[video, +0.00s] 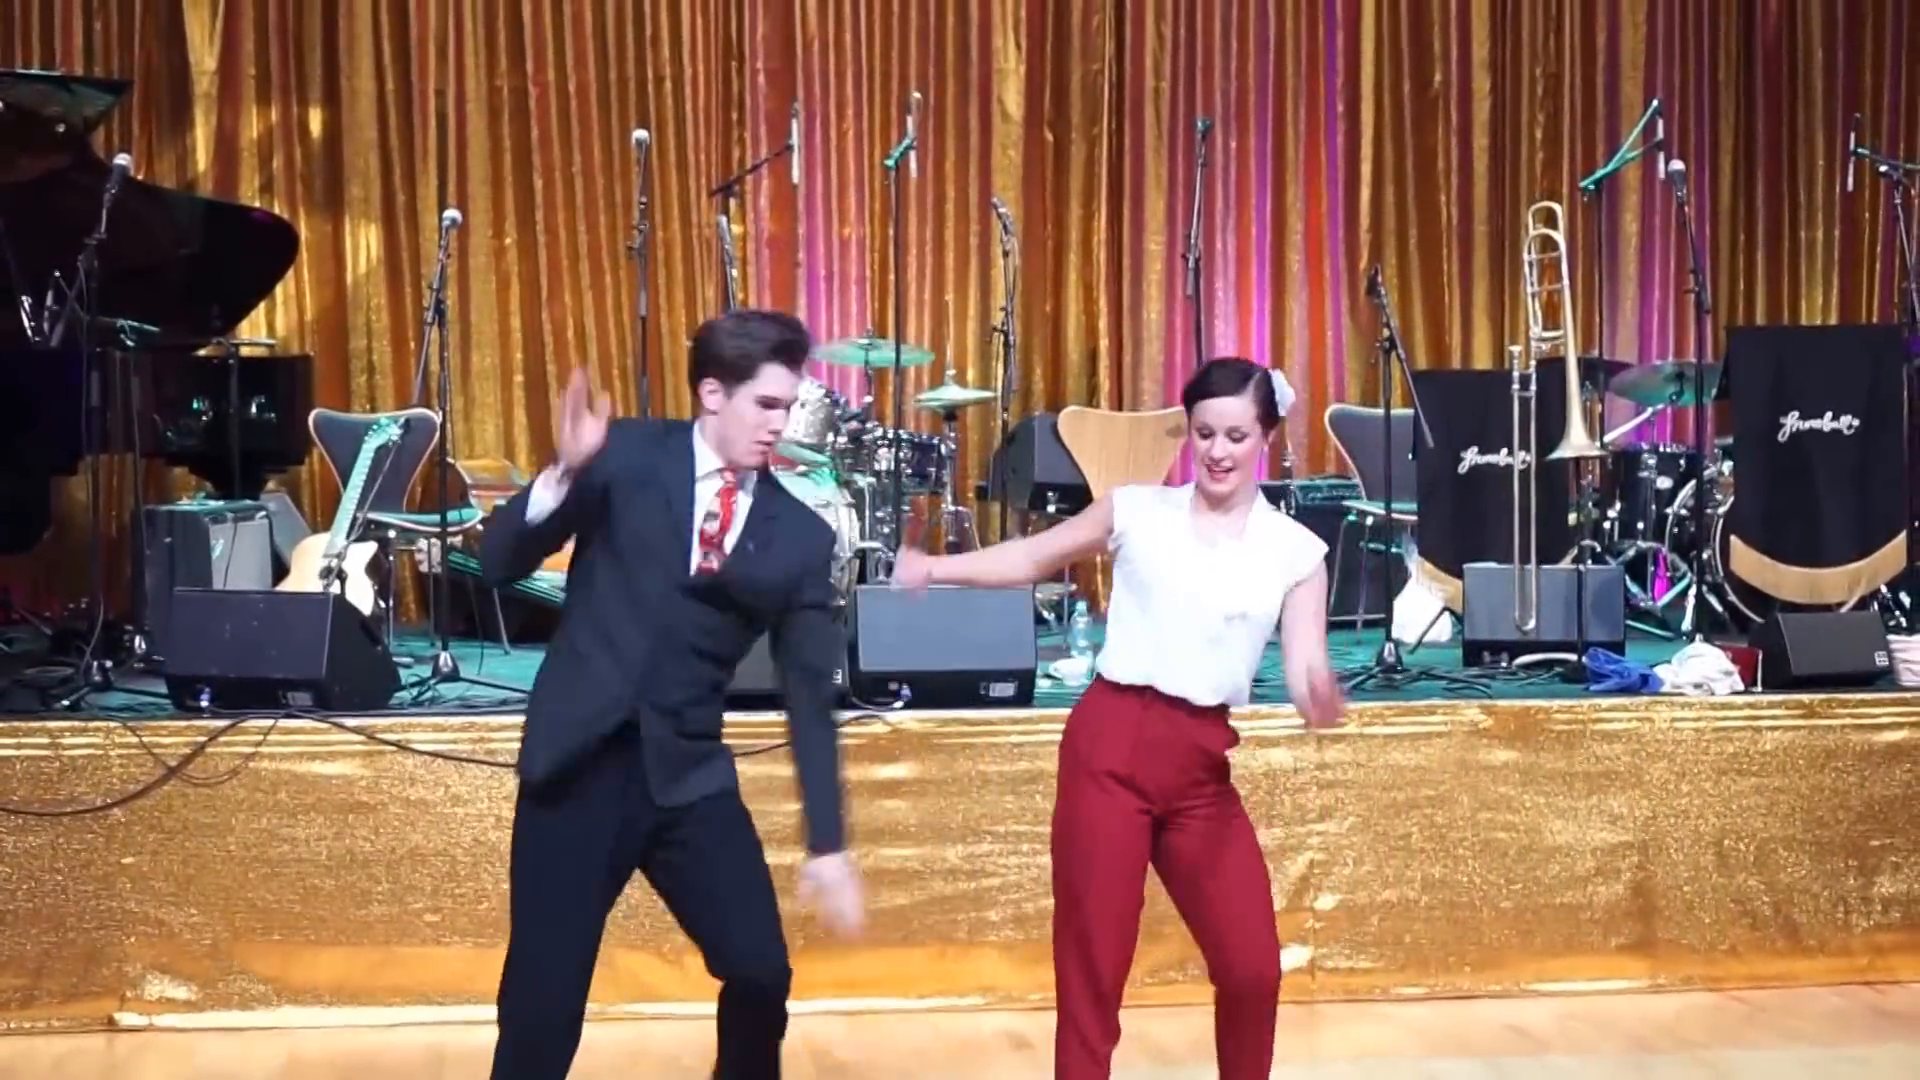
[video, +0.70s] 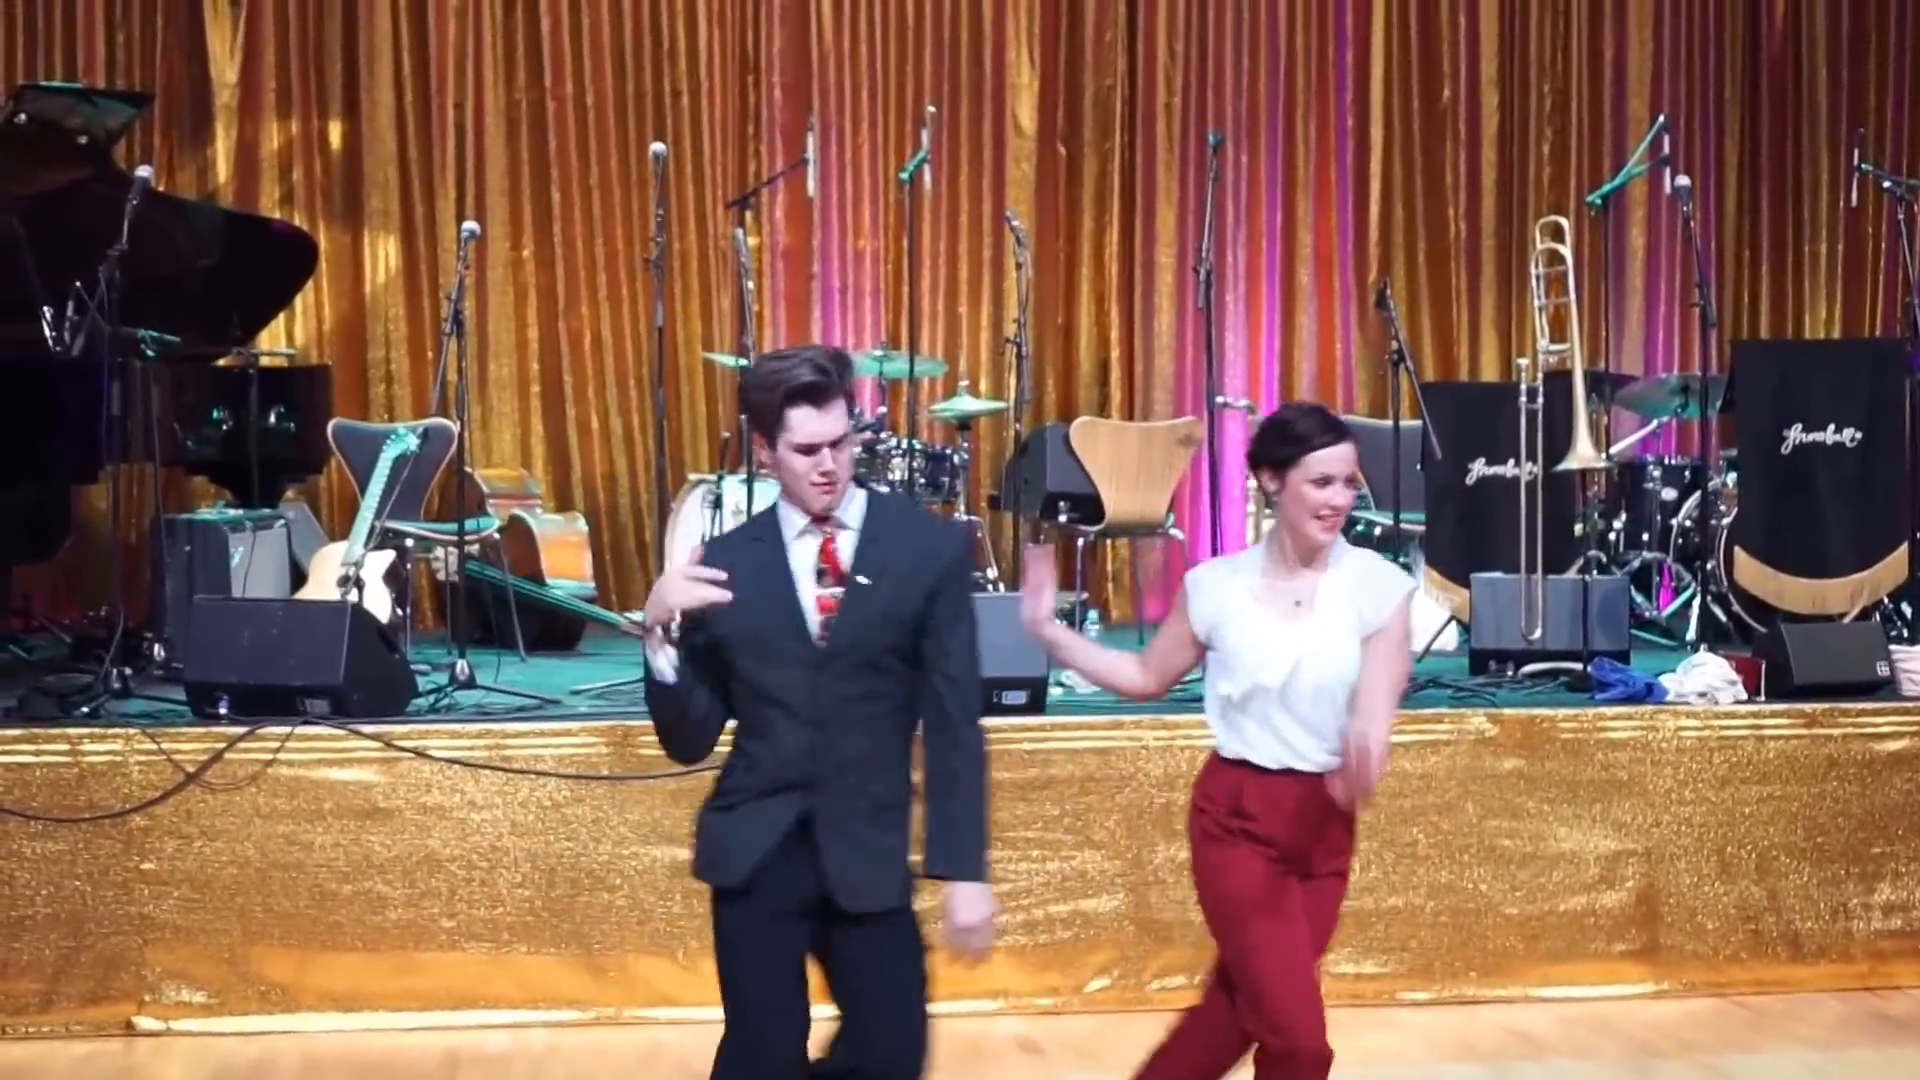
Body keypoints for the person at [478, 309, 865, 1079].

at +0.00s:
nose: (783, 425)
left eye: (791, 407)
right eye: (768, 404)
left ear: (796, 406)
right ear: (710, 395)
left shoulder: (799, 537)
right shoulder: (617, 452)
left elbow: (809, 700)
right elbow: (499, 562)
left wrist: (827, 847)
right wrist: (559, 473)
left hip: (692, 777)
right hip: (577, 768)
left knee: (760, 975)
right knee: (540, 1021)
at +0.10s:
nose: (719, 429)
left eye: (732, 412)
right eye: (703, 409)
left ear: (746, 411)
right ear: (654, 401)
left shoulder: (769, 519)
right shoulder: (582, 480)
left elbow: (737, 653)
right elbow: (593, 585)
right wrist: (630, 456)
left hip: (689, 778)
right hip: (576, 768)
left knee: (669, 970)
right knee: (535, 989)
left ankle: (686, 1061)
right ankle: (537, 1078)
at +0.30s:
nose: (715, 427)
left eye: (726, 408)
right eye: (696, 409)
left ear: (739, 402)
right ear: (644, 403)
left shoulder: (759, 494)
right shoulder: (579, 517)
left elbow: (779, 603)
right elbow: (583, 692)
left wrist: (829, 683)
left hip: (710, 802)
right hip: (600, 798)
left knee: (653, 1030)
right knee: (567, 1019)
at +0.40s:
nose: (746, 441)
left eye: (754, 423)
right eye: (726, 422)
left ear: (763, 421)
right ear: (671, 422)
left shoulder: (795, 540)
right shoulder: (595, 517)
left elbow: (845, 677)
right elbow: (490, 619)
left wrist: (897, 615)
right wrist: (564, 712)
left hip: (737, 809)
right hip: (628, 798)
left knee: (686, 1041)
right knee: (652, 1021)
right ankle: (540, 1068)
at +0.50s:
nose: (780, 448)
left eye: (787, 427)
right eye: (761, 430)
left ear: (796, 422)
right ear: (704, 430)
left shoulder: (820, 525)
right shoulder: (626, 508)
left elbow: (874, 680)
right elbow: (539, 598)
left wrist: (836, 597)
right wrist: (587, 643)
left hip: (755, 804)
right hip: (658, 790)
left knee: (668, 1019)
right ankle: (643, 1068)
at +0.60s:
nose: (814, 448)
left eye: (821, 427)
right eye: (793, 432)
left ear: (832, 418)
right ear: (735, 433)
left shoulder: (873, 516)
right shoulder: (667, 528)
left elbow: (878, 662)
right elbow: (673, 701)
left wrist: (837, 774)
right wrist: (654, 662)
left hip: (809, 795)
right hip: (706, 793)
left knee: (708, 1040)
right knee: (767, 1044)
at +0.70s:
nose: (830, 467)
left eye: (840, 443)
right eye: (807, 450)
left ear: (856, 432)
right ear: (763, 449)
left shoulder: (928, 547)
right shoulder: (723, 563)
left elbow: (953, 717)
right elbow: (688, 741)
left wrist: (964, 869)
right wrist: (660, 633)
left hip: (867, 847)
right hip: (753, 845)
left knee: (891, 1047)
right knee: (765, 1051)